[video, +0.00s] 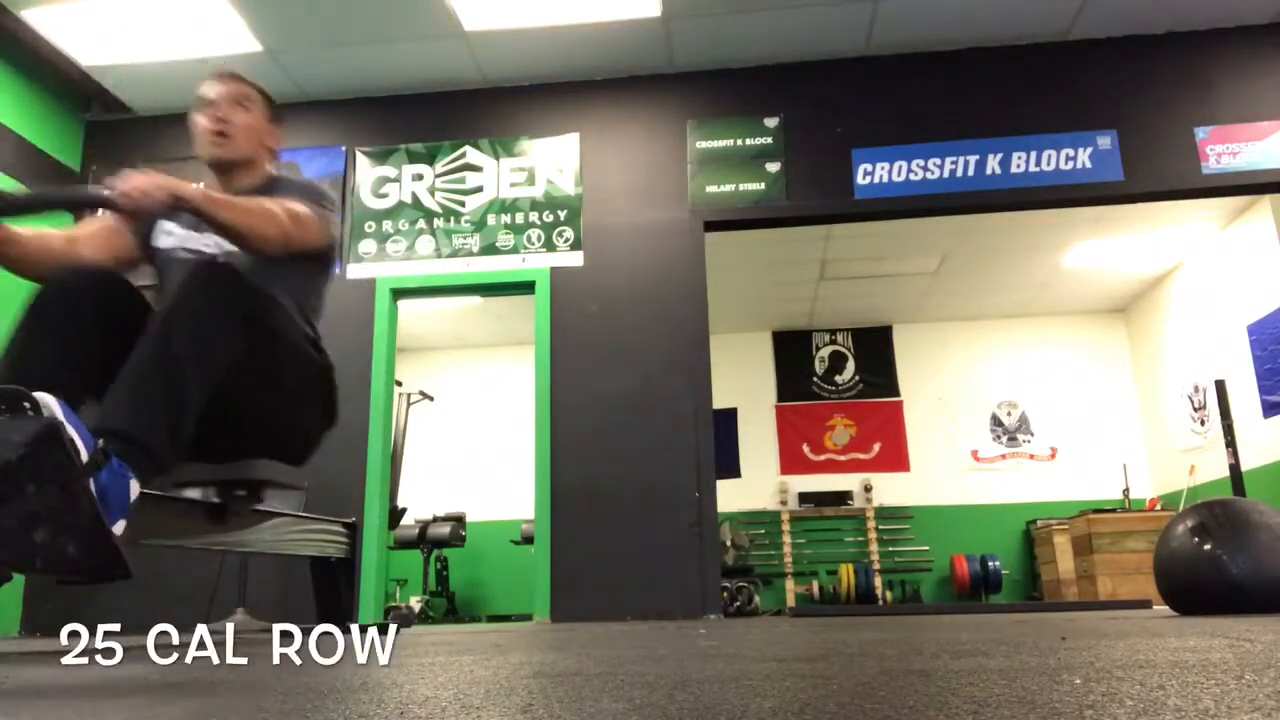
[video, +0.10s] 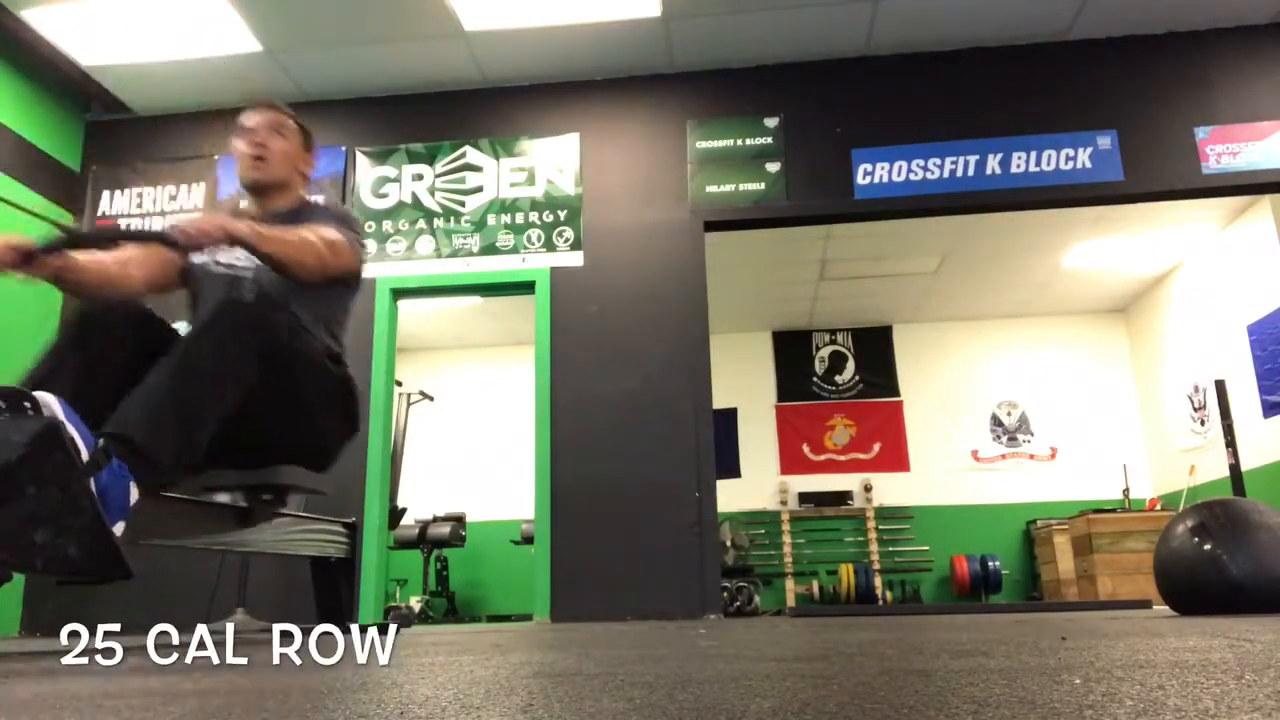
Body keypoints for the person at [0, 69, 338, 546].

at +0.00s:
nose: (217, 115)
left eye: (240, 106)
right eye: (205, 107)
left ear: (273, 137)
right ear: (191, 133)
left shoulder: (308, 199)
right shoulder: (169, 207)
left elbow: (280, 233)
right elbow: (79, 247)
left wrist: (183, 194)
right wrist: (4, 239)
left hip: (282, 402)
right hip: (182, 396)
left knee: (216, 286)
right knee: (86, 288)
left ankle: (116, 474)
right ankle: (14, 446)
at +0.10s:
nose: (258, 141)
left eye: (277, 133)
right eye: (246, 133)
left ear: (306, 163)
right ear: (232, 154)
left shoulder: (332, 223)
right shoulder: (211, 231)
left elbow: (323, 258)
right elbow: (128, 269)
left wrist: (237, 229)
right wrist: (46, 262)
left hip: (305, 413)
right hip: (209, 409)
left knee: (245, 320)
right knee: (114, 317)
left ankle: (118, 474)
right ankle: (24, 443)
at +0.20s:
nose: (289, 171)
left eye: (308, 163)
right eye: (280, 163)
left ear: (337, 189)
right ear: (270, 184)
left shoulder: (358, 249)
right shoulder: (249, 257)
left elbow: (356, 287)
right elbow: (167, 296)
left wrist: (271, 260)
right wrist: (98, 285)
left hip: (328, 413)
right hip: (235, 407)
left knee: (257, 359)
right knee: (135, 359)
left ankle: (118, 487)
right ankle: (42, 455)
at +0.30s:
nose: (315, 206)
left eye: (331, 197)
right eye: (307, 198)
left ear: (359, 216)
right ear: (297, 212)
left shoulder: (381, 273)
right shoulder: (271, 280)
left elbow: (387, 318)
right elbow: (197, 323)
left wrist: (315, 291)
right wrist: (142, 311)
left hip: (336, 418)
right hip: (253, 410)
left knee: (261, 385)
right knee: (156, 387)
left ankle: (124, 487)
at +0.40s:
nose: (333, 231)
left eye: (348, 224)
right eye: (324, 224)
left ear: (374, 246)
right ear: (312, 241)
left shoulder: (394, 298)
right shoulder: (277, 302)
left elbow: (420, 355)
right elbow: (217, 370)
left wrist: (351, 329)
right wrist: (186, 342)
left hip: (340, 409)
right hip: (260, 403)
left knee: (254, 427)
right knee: (169, 422)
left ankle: (127, 489)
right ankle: (89, 477)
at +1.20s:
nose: (297, 199)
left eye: (313, 188)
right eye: (289, 191)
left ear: (344, 209)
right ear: (281, 208)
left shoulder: (375, 267)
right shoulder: (257, 279)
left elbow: (394, 308)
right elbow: (185, 317)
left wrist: (321, 305)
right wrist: (129, 324)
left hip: (342, 411)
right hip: (257, 405)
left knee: (249, 394)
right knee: (159, 394)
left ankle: (126, 492)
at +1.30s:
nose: (276, 184)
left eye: (294, 173)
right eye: (267, 176)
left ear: (328, 192)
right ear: (259, 192)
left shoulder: (361, 255)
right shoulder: (236, 266)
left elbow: (379, 299)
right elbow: (161, 304)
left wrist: (302, 289)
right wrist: (105, 309)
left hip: (335, 417)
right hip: (241, 413)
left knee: (248, 364)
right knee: (143, 365)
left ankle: (130, 484)